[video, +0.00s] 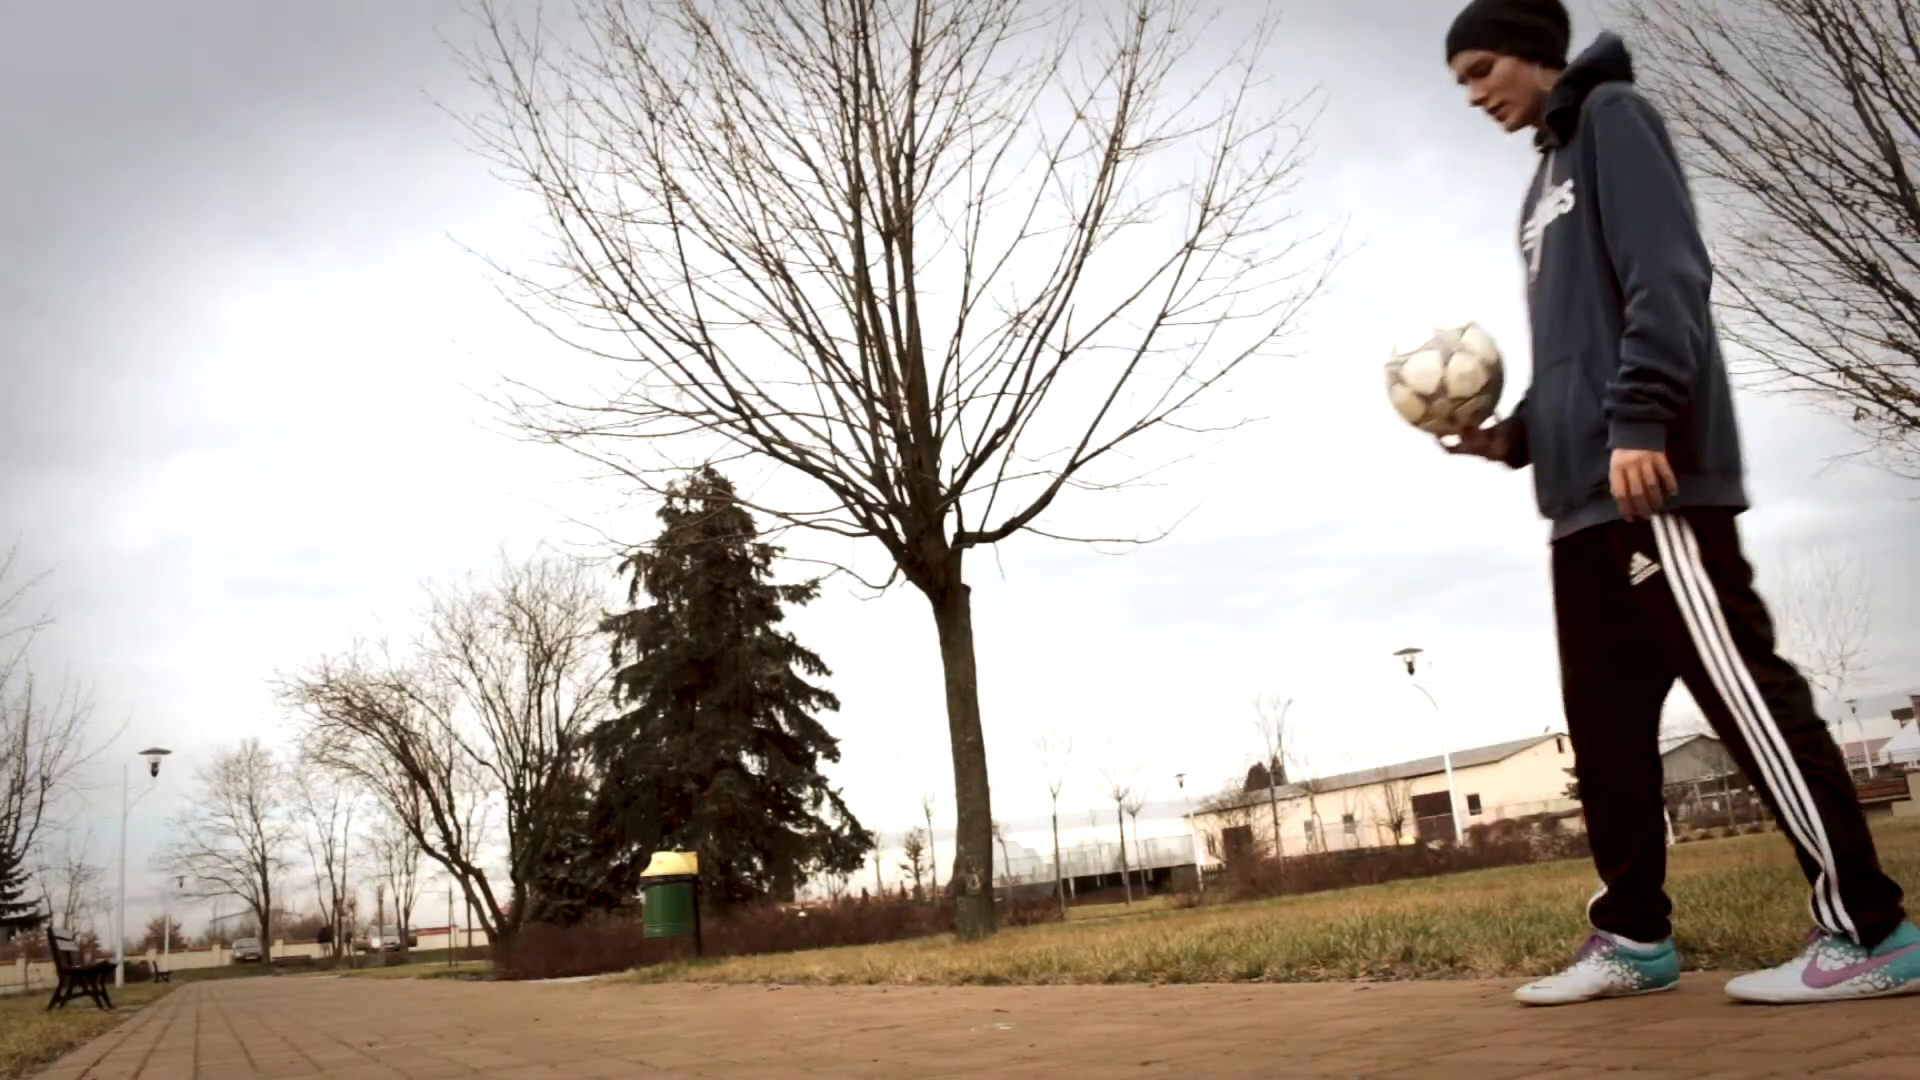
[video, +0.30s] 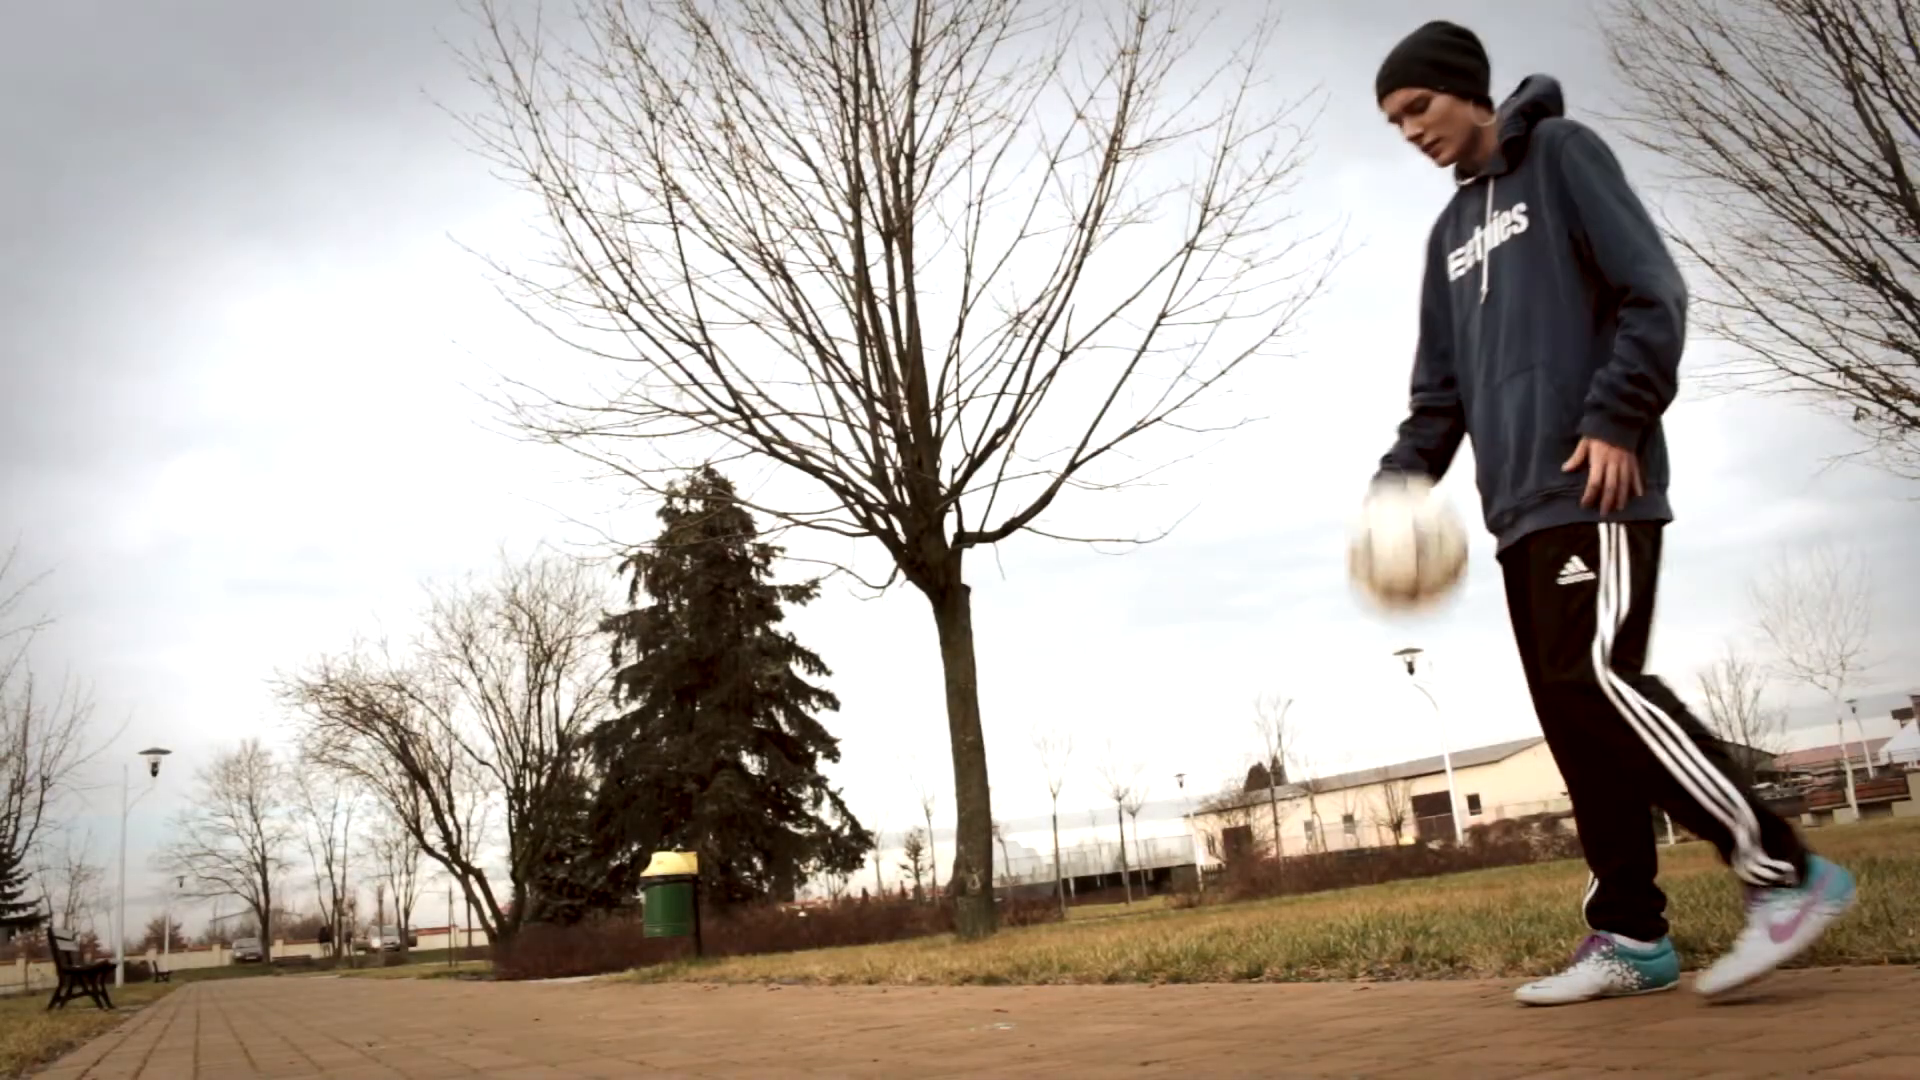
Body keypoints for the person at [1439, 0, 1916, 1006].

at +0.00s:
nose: (1476, 96)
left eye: (1481, 71)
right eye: (1465, 85)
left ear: (1533, 49)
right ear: (1483, 88)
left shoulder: (1612, 116)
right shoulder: (1544, 174)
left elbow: (1665, 273)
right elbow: (1576, 346)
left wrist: (1642, 419)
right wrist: (1519, 431)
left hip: (1657, 475)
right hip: (1587, 495)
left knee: (1750, 699)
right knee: (1605, 724)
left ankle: (1870, 930)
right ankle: (1633, 937)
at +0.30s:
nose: (1413, 132)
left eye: (1420, 108)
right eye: (1399, 122)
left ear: (1469, 86)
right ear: (1406, 130)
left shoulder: (1560, 152)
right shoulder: (1448, 233)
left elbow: (1654, 297)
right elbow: (1440, 395)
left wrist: (1616, 421)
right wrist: (1394, 489)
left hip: (1596, 480)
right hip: (1519, 503)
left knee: (1602, 681)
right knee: (1569, 708)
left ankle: (1788, 876)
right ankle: (1631, 935)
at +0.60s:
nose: (1395, 144)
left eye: (1402, 120)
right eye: (1379, 135)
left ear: (1448, 98)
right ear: (1380, 144)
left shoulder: (1537, 165)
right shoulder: (1415, 241)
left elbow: (1600, 307)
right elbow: (1407, 391)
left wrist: (1618, 444)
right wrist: (1375, 489)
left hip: (1578, 490)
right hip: (1494, 517)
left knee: (1605, 721)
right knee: (1557, 732)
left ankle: (1632, 943)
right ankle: (1621, 933)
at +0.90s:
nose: (1390, 145)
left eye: (1399, 121)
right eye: (1375, 136)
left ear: (1445, 102)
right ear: (1376, 145)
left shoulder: (1529, 170)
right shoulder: (1418, 231)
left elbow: (1582, 316)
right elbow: (1439, 369)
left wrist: (1569, 462)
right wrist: (1447, 478)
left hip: (1559, 502)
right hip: (1465, 513)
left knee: (1600, 727)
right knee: (1417, 680)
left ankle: (1628, 944)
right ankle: (1515, 893)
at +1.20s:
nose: (1368, 147)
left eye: (1375, 123)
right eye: (1352, 138)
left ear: (1424, 100)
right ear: (1356, 145)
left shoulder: (1513, 171)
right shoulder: (1402, 229)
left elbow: (1560, 323)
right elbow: (1436, 369)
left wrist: (1527, 459)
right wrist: (1436, 488)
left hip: (1551, 510)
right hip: (1452, 519)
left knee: (1590, 729)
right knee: (1436, 718)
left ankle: (1628, 944)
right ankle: (1468, 938)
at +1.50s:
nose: (1333, 171)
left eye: (1337, 147)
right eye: (1318, 162)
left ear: (1387, 119)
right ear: (1328, 164)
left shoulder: (1490, 178)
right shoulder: (1377, 257)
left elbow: (1584, 301)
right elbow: (1360, 404)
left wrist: (1645, 445)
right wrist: (1286, 512)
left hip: (1525, 491)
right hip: (1449, 510)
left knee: (1429, 695)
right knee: (1479, 716)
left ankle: (1467, 930)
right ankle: (1546, 949)